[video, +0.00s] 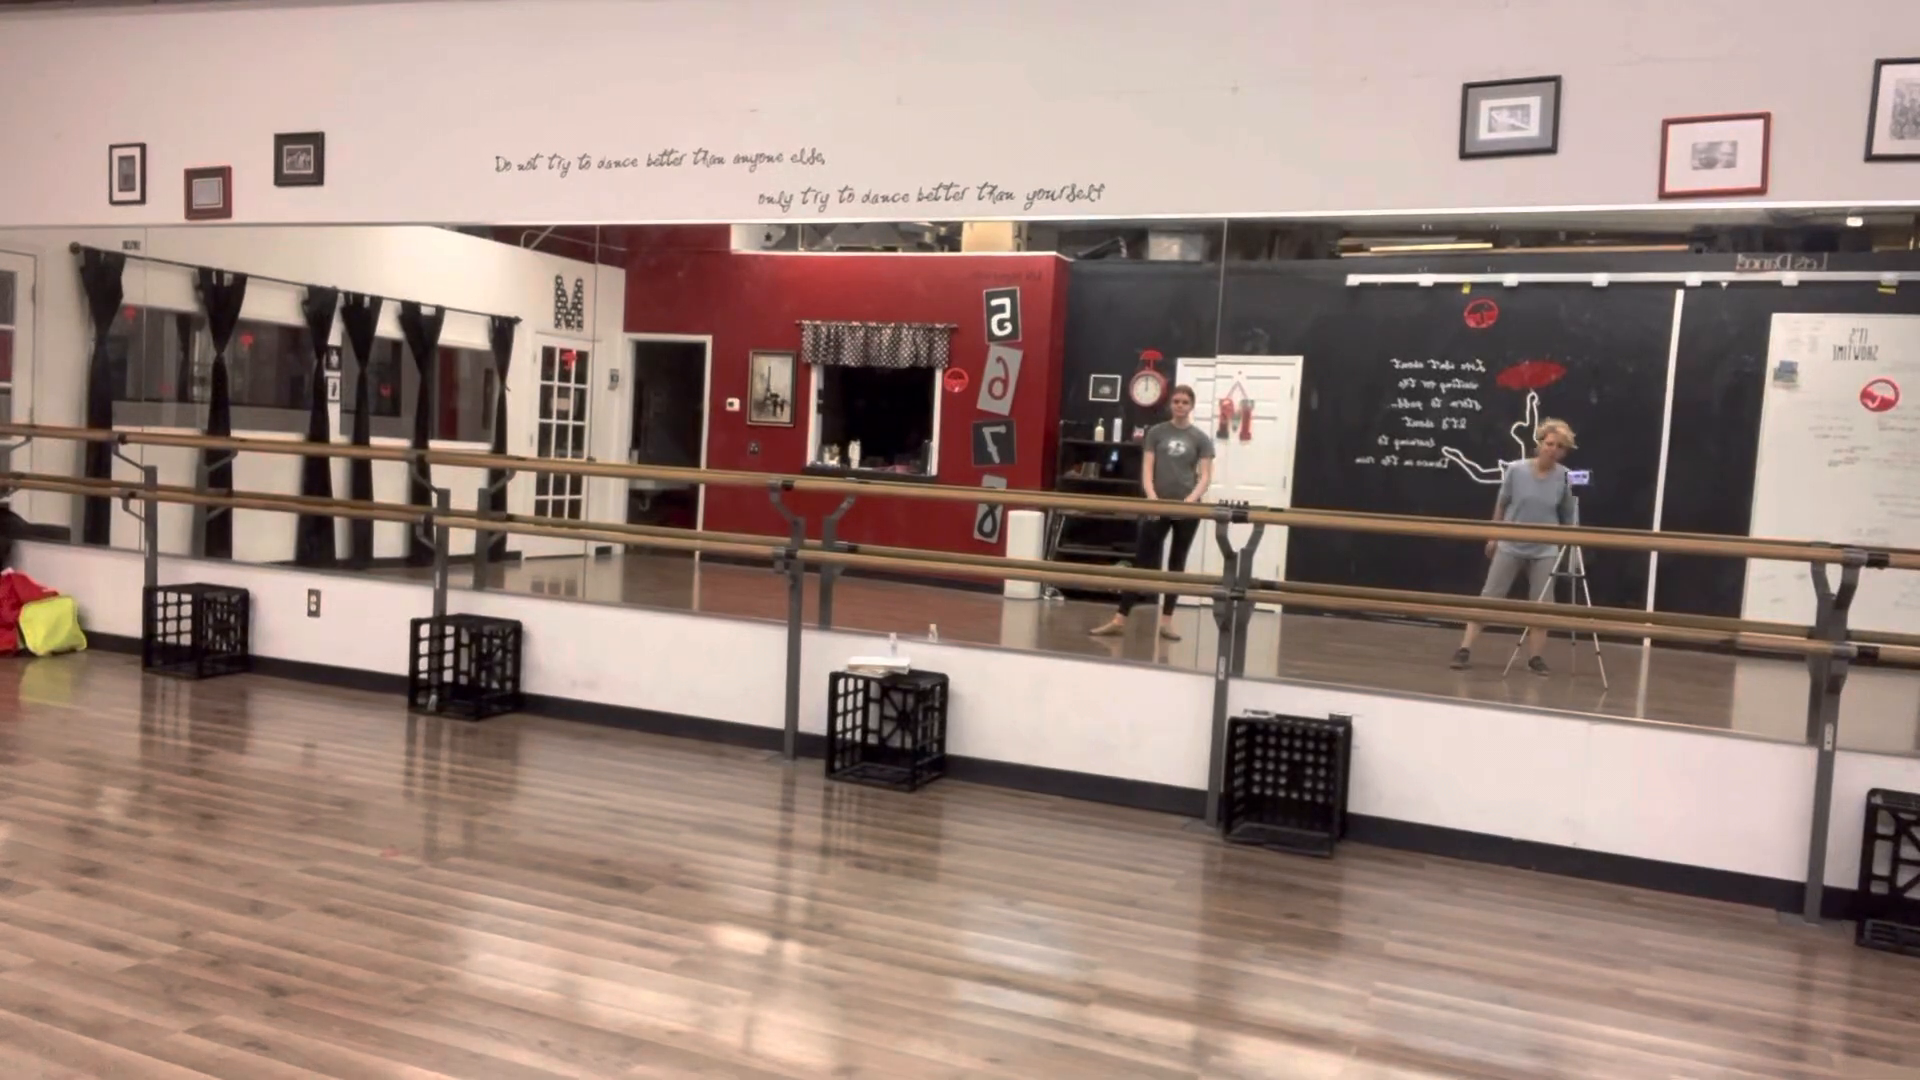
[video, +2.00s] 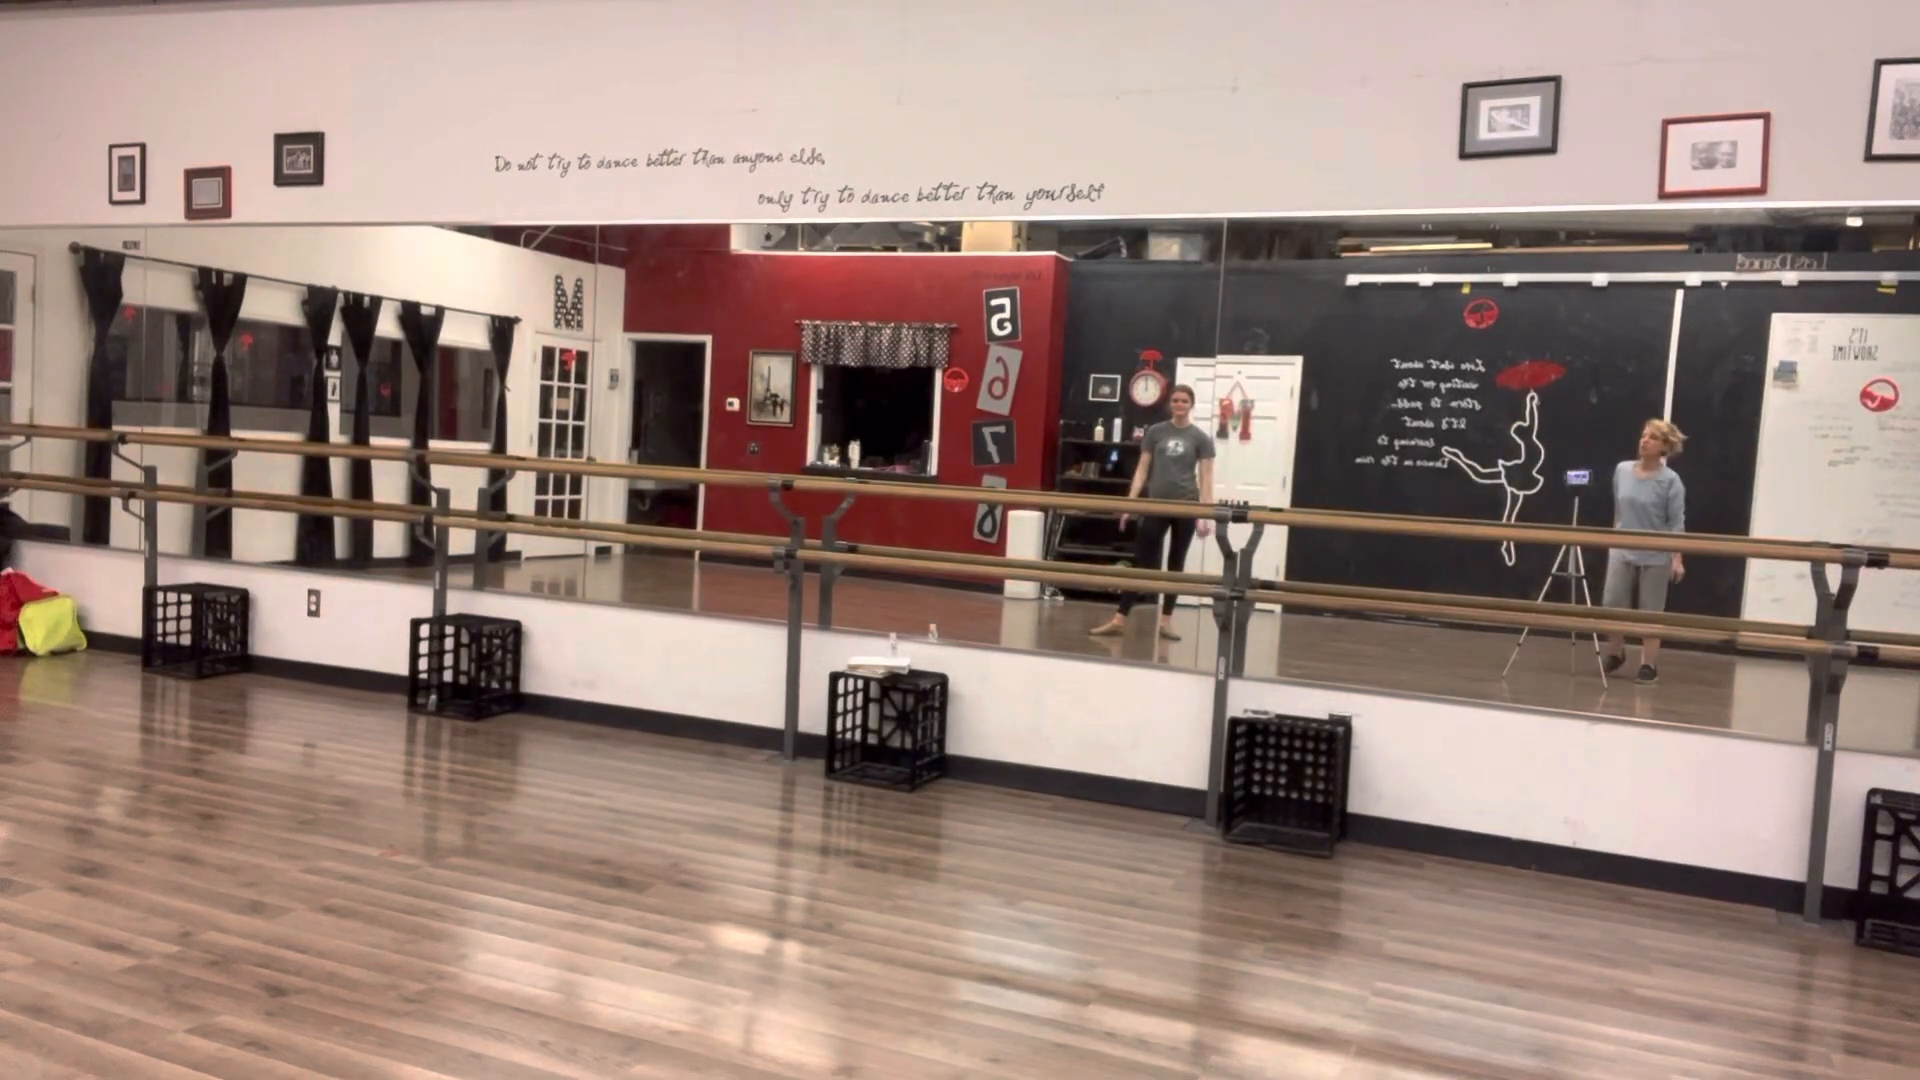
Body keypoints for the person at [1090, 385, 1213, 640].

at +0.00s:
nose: (1180, 406)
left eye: (1184, 403)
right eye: (1176, 402)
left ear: (1192, 406)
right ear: (1170, 404)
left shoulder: (1202, 439)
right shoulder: (1154, 433)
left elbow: (1205, 477)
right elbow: (1147, 472)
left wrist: (1191, 499)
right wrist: (1153, 499)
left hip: (1186, 508)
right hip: (1158, 504)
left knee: (1176, 563)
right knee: (1142, 558)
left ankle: (1166, 619)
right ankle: (1120, 617)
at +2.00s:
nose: (1179, 405)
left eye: (1184, 401)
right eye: (1176, 401)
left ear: (1191, 405)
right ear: (1170, 404)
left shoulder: (1202, 439)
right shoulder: (1154, 432)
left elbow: (1206, 480)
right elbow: (1141, 470)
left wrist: (1206, 515)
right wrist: (1129, 505)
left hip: (1185, 510)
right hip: (1154, 507)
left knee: (1175, 565)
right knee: (1141, 560)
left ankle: (1165, 620)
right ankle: (1120, 617)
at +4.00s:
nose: (1186, 406)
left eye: (1190, 403)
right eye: (1183, 402)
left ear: (1193, 407)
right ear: (1171, 404)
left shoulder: (1200, 437)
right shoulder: (1153, 433)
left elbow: (1214, 473)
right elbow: (1139, 471)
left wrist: (1229, 504)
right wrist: (1122, 506)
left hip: (1188, 509)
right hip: (1156, 507)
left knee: (1176, 563)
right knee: (1142, 560)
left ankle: (1166, 620)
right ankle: (1120, 618)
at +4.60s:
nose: (1193, 407)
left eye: (1195, 403)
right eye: (1189, 402)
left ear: (1195, 406)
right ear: (1175, 404)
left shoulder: (1200, 437)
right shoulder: (1154, 432)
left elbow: (1201, 475)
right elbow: (1150, 472)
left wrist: (1176, 498)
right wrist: (1167, 500)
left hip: (1188, 505)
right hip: (1158, 502)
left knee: (1176, 562)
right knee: (1142, 557)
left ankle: (1166, 620)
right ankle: (1120, 617)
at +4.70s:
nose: (1193, 407)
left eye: (1195, 403)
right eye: (1189, 402)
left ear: (1195, 406)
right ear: (1175, 403)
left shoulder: (1200, 437)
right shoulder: (1154, 432)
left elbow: (1202, 476)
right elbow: (1148, 473)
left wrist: (1178, 501)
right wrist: (1160, 504)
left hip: (1187, 506)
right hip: (1157, 503)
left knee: (1176, 562)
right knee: (1142, 558)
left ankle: (1166, 620)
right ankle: (1120, 617)